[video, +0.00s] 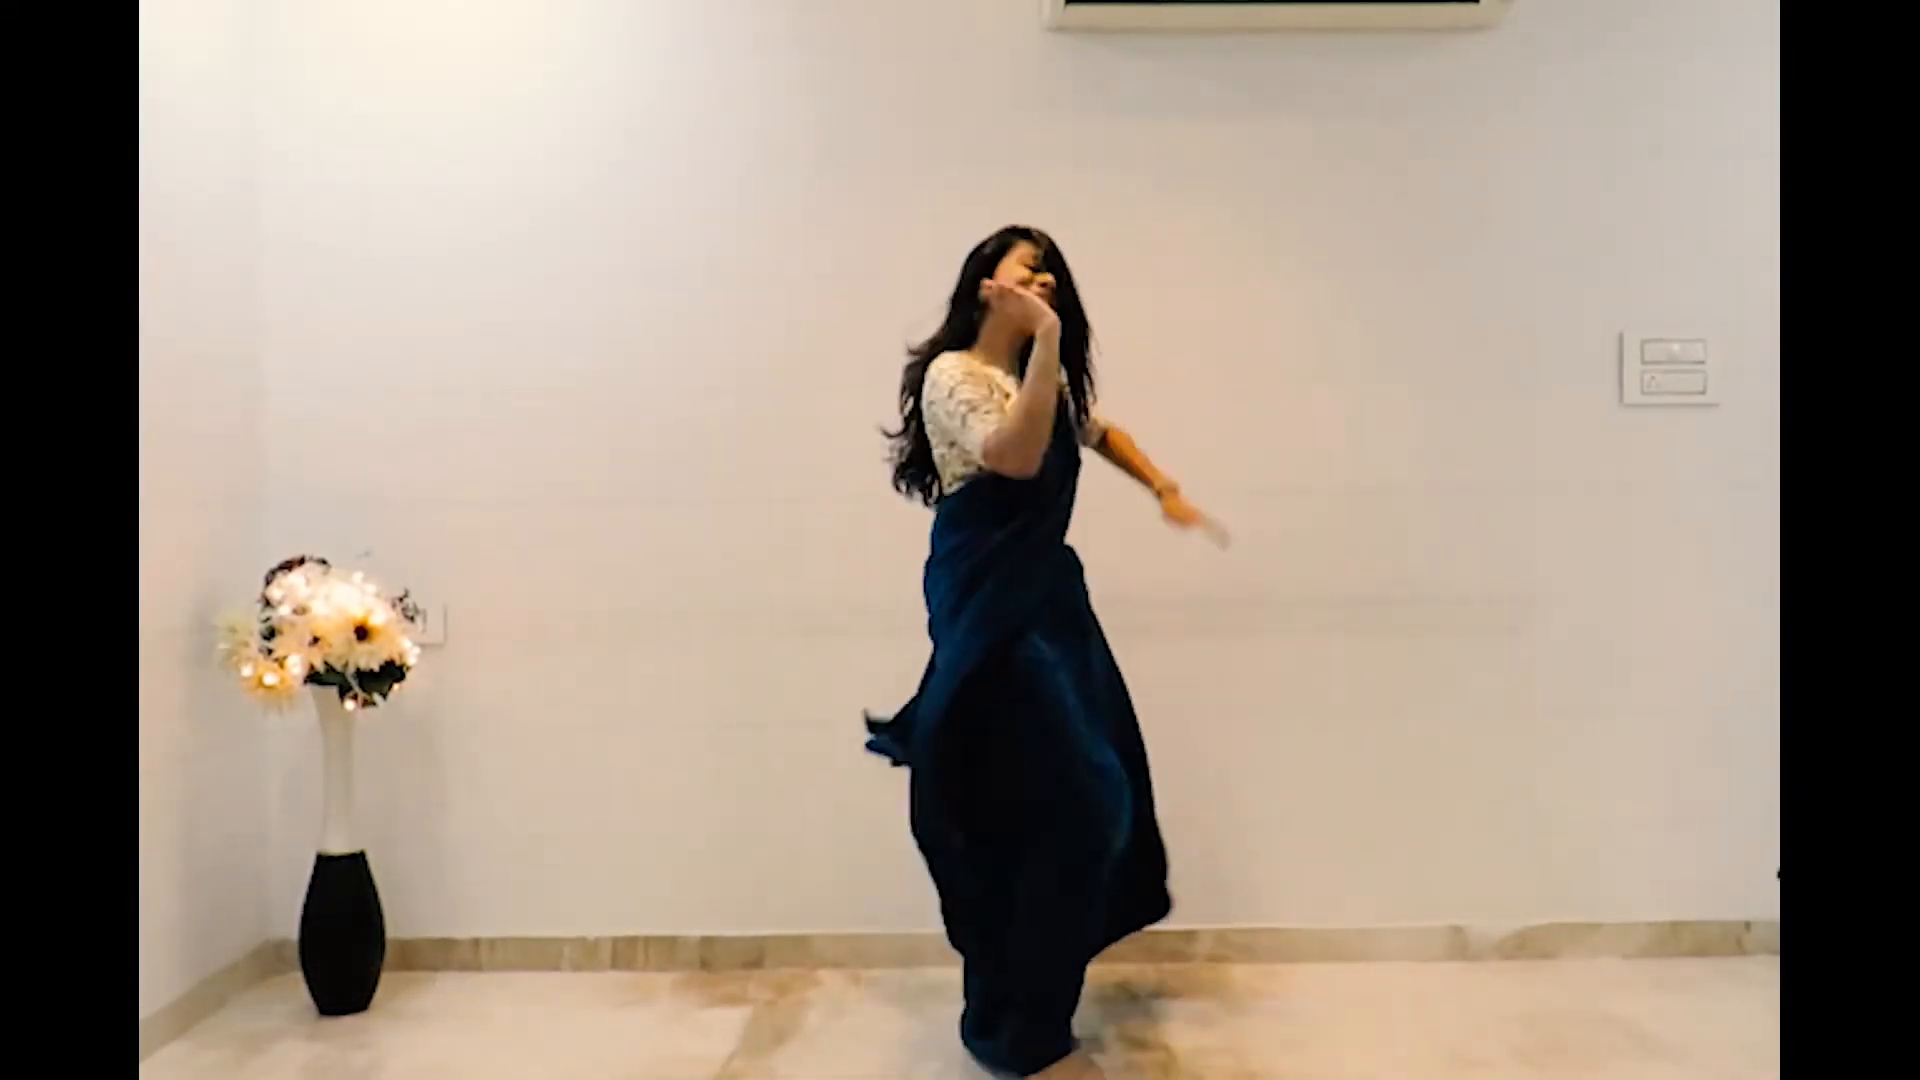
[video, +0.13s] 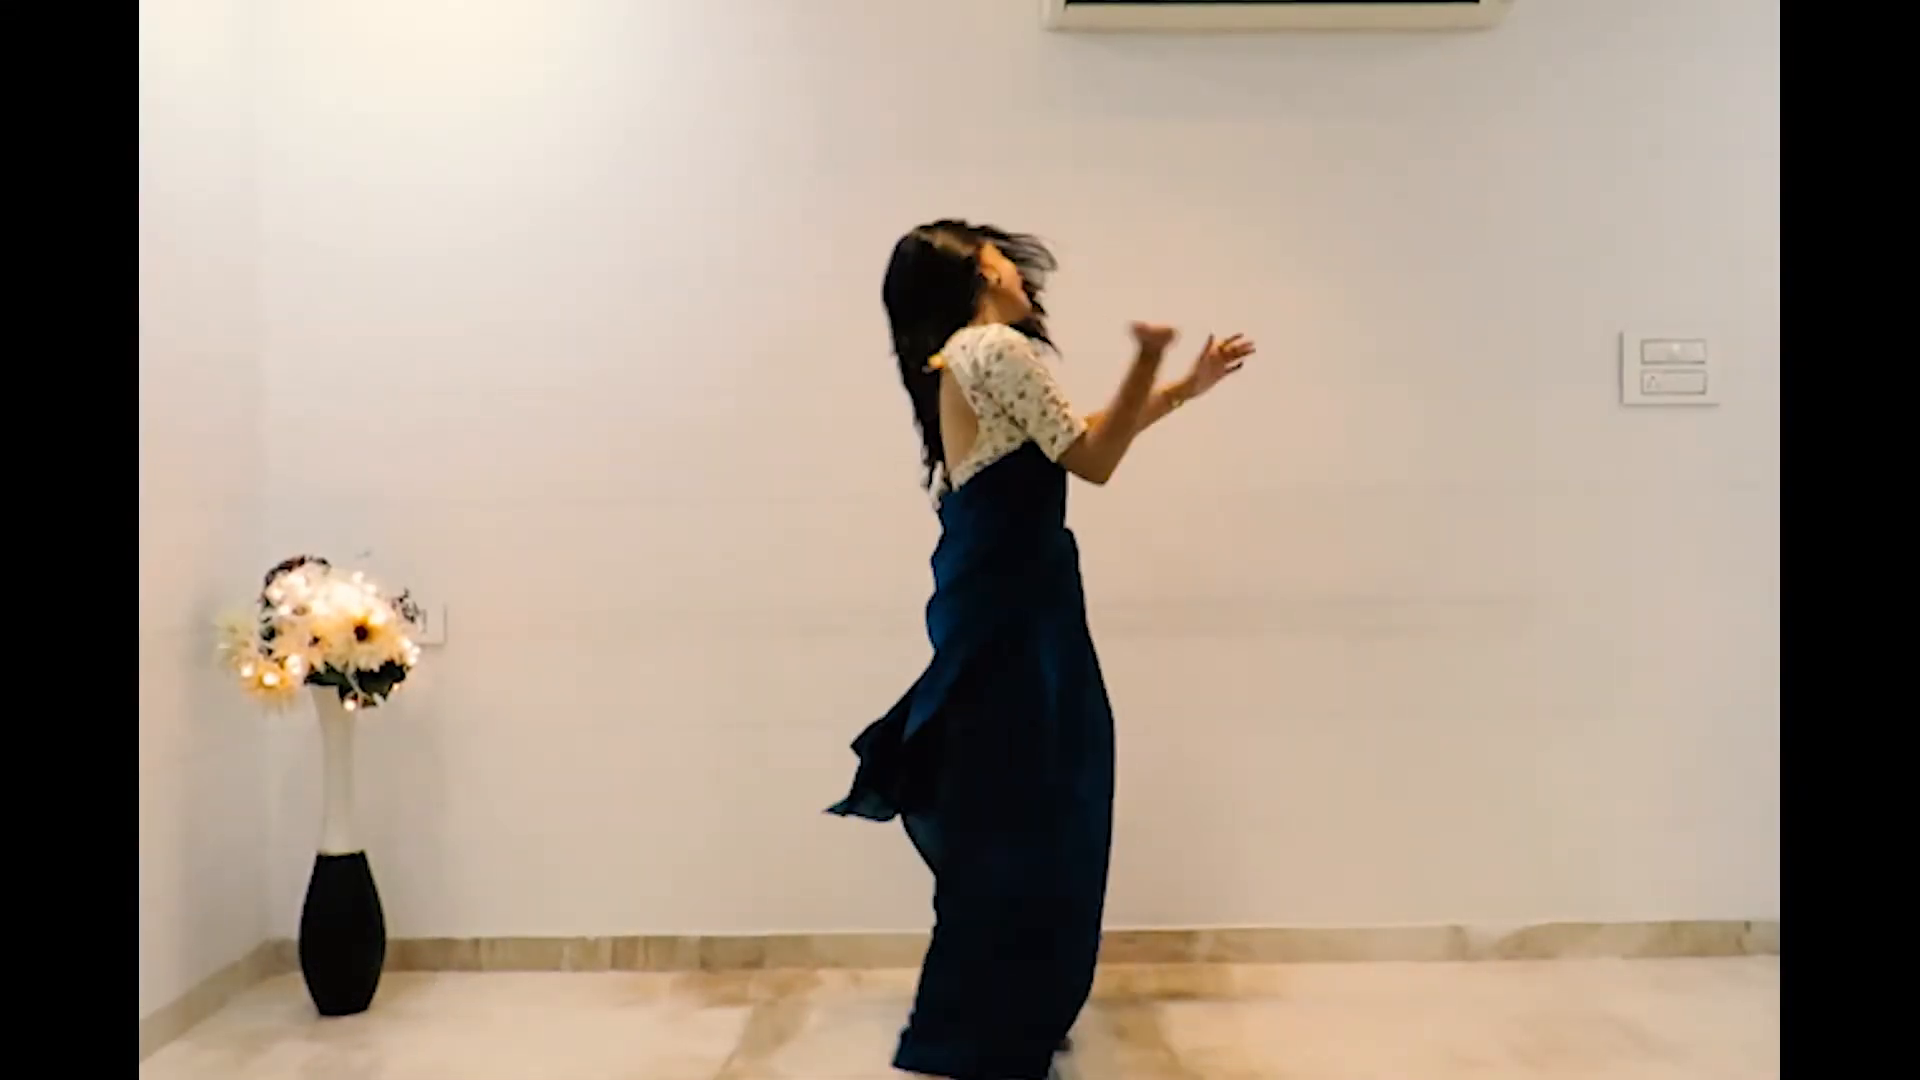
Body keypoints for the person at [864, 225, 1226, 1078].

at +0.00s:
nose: (1042, 283)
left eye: (1052, 277)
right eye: (1025, 269)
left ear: (1055, 307)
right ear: (981, 287)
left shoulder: (1046, 378)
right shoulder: (950, 377)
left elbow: (1097, 430)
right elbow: (1015, 455)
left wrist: (1162, 484)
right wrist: (1045, 343)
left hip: (1052, 605)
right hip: (986, 613)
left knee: (1092, 789)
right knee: (1066, 792)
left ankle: (1028, 995)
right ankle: (1018, 1021)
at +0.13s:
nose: (1017, 269)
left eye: (1005, 255)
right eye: (999, 257)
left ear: (961, 281)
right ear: (970, 275)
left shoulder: (974, 358)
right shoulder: (990, 350)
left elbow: (1085, 439)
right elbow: (1090, 461)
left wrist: (1184, 391)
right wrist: (1144, 364)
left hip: (1006, 612)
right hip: (1012, 616)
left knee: (1026, 813)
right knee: (1032, 815)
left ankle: (1007, 1023)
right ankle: (996, 1033)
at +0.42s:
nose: (978, 264)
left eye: (970, 252)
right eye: (955, 257)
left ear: (966, 285)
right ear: (917, 291)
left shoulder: (1016, 374)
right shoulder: (903, 360)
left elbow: (1121, 420)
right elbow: (994, 362)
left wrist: (1248, 411)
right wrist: (1121, 334)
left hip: (1018, 612)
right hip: (942, 620)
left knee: (1065, 811)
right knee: (979, 821)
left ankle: (1036, 1030)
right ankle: (932, 1036)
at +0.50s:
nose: (973, 255)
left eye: (975, 243)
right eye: (950, 244)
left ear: (993, 273)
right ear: (914, 277)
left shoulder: (1037, 364)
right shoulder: (901, 363)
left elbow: (1161, 390)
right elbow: (885, 272)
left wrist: (1294, 386)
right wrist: (1026, 261)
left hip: (1020, 608)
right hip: (930, 617)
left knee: (1060, 792)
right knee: (949, 819)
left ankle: (1028, 1006)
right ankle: (919, 1038)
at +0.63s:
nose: (977, 252)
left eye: (992, 243)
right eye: (957, 248)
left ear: (1021, 276)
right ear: (932, 290)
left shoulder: (1060, 373)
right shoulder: (904, 364)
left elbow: (1190, 404)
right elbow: (773, 325)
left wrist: (1322, 394)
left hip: (1031, 614)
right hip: (931, 613)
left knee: (1062, 805)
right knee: (913, 823)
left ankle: (1054, 1011)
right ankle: (905, 1044)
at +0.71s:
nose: (986, 276)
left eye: (1001, 267)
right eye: (966, 271)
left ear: (1032, 300)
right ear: (944, 314)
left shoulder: (1076, 397)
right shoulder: (911, 405)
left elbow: (1194, 438)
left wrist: (1325, 423)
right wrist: (806, 375)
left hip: (1035, 643)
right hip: (932, 639)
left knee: (1067, 831)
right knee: (911, 842)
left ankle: (1061, 1040)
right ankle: (902, 1046)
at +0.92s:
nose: (994, 250)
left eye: (1007, 240)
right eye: (975, 245)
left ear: (1038, 268)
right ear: (952, 282)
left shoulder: (1086, 348)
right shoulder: (938, 366)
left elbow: (1192, 354)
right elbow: (889, 416)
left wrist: (1311, 304)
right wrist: (797, 322)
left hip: (1059, 613)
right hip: (957, 613)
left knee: (1067, 813)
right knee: (941, 815)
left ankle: (1071, 1034)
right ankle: (916, 1026)